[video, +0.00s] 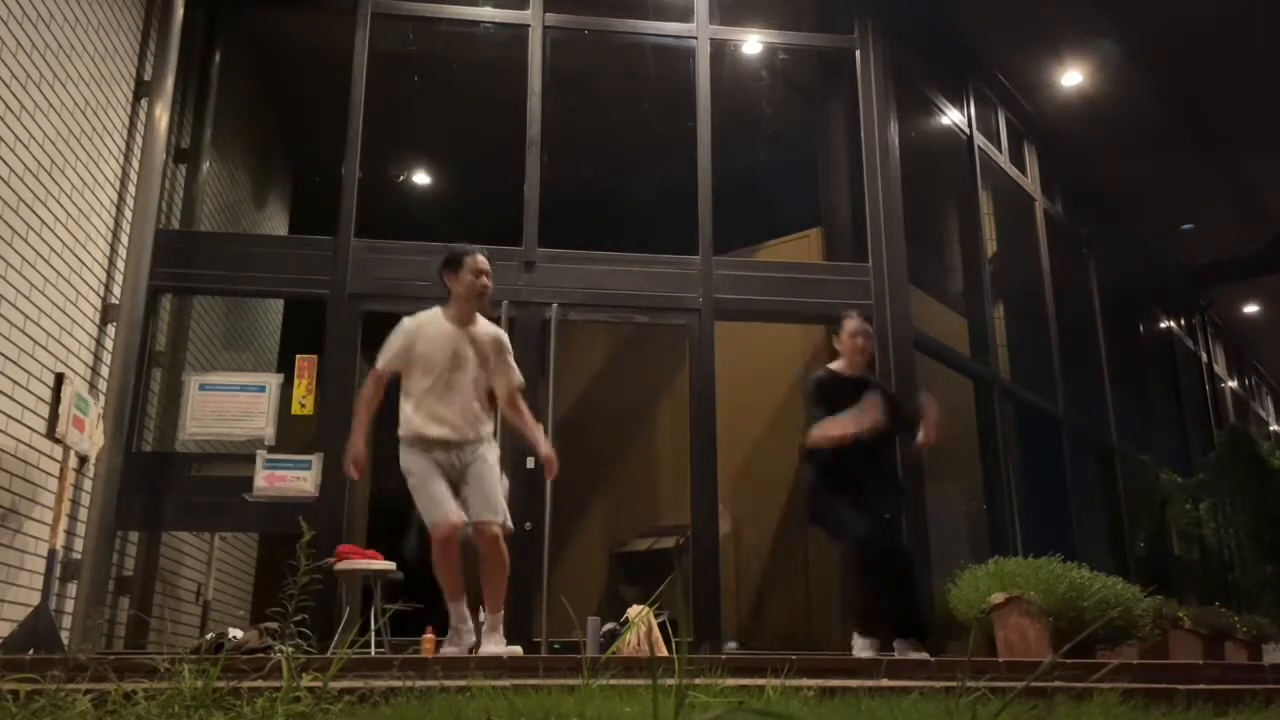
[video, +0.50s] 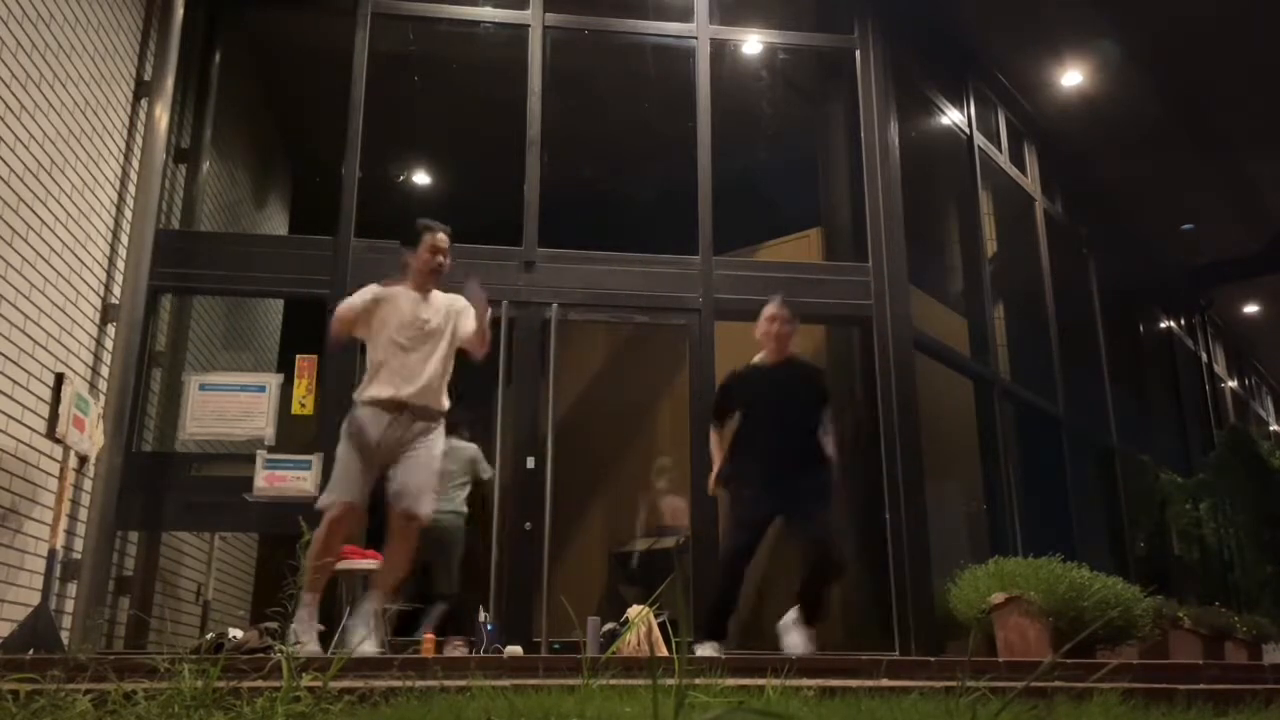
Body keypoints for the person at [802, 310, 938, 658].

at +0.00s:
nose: (863, 343)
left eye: (867, 335)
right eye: (854, 335)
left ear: (874, 341)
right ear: (838, 341)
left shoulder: (877, 385)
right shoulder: (822, 382)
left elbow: (913, 408)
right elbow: (813, 434)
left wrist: (927, 423)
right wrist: (859, 419)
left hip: (879, 486)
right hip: (835, 489)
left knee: (896, 552)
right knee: (866, 545)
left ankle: (905, 637)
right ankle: (864, 633)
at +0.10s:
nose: (867, 346)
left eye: (873, 340)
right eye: (859, 340)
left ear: (880, 349)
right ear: (845, 347)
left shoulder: (881, 401)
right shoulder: (826, 389)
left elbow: (892, 456)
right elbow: (802, 446)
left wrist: (919, 488)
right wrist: (829, 483)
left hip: (877, 492)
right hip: (836, 493)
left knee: (897, 556)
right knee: (867, 540)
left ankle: (905, 639)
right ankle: (845, 615)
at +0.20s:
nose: (851, 330)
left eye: (858, 324)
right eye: (844, 322)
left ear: (868, 334)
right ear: (831, 329)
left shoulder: (872, 384)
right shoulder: (809, 373)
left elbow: (883, 437)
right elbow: (766, 416)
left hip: (862, 478)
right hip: (816, 474)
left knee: (884, 551)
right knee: (831, 520)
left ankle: (904, 637)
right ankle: (801, 599)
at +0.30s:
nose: (828, 310)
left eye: (835, 303)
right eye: (820, 302)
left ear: (845, 310)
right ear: (807, 308)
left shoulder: (853, 360)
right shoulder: (784, 353)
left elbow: (867, 408)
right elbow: (738, 378)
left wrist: (873, 447)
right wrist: (742, 422)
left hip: (839, 456)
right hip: (789, 456)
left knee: (871, 532)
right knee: (788, 515)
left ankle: (889, 626)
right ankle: (755, 608)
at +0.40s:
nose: (801, 309)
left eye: (808, 302)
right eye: (795, 302)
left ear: (819, 309)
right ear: (782, 308)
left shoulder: (834, 357)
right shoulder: (760, 356)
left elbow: (845, 404)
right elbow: (721, 384)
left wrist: (848, 437)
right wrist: (728, 426)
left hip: (820, 459)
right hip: (769, 460)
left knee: (856, 529)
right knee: (755, 534)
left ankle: (845, 612)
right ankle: (722, 625)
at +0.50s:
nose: (777, 328)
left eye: (784, 321)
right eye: (770, 320)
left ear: (795, 329)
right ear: (757, 328)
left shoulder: (812, 376)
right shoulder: (743, 378)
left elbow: (827, 425)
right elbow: (715, 422)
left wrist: (836, 462)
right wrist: (719, 463)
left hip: (804, 479)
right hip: (753, 480)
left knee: (825, 554)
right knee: (734, 558)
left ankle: (799, 620)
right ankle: (711, 638)